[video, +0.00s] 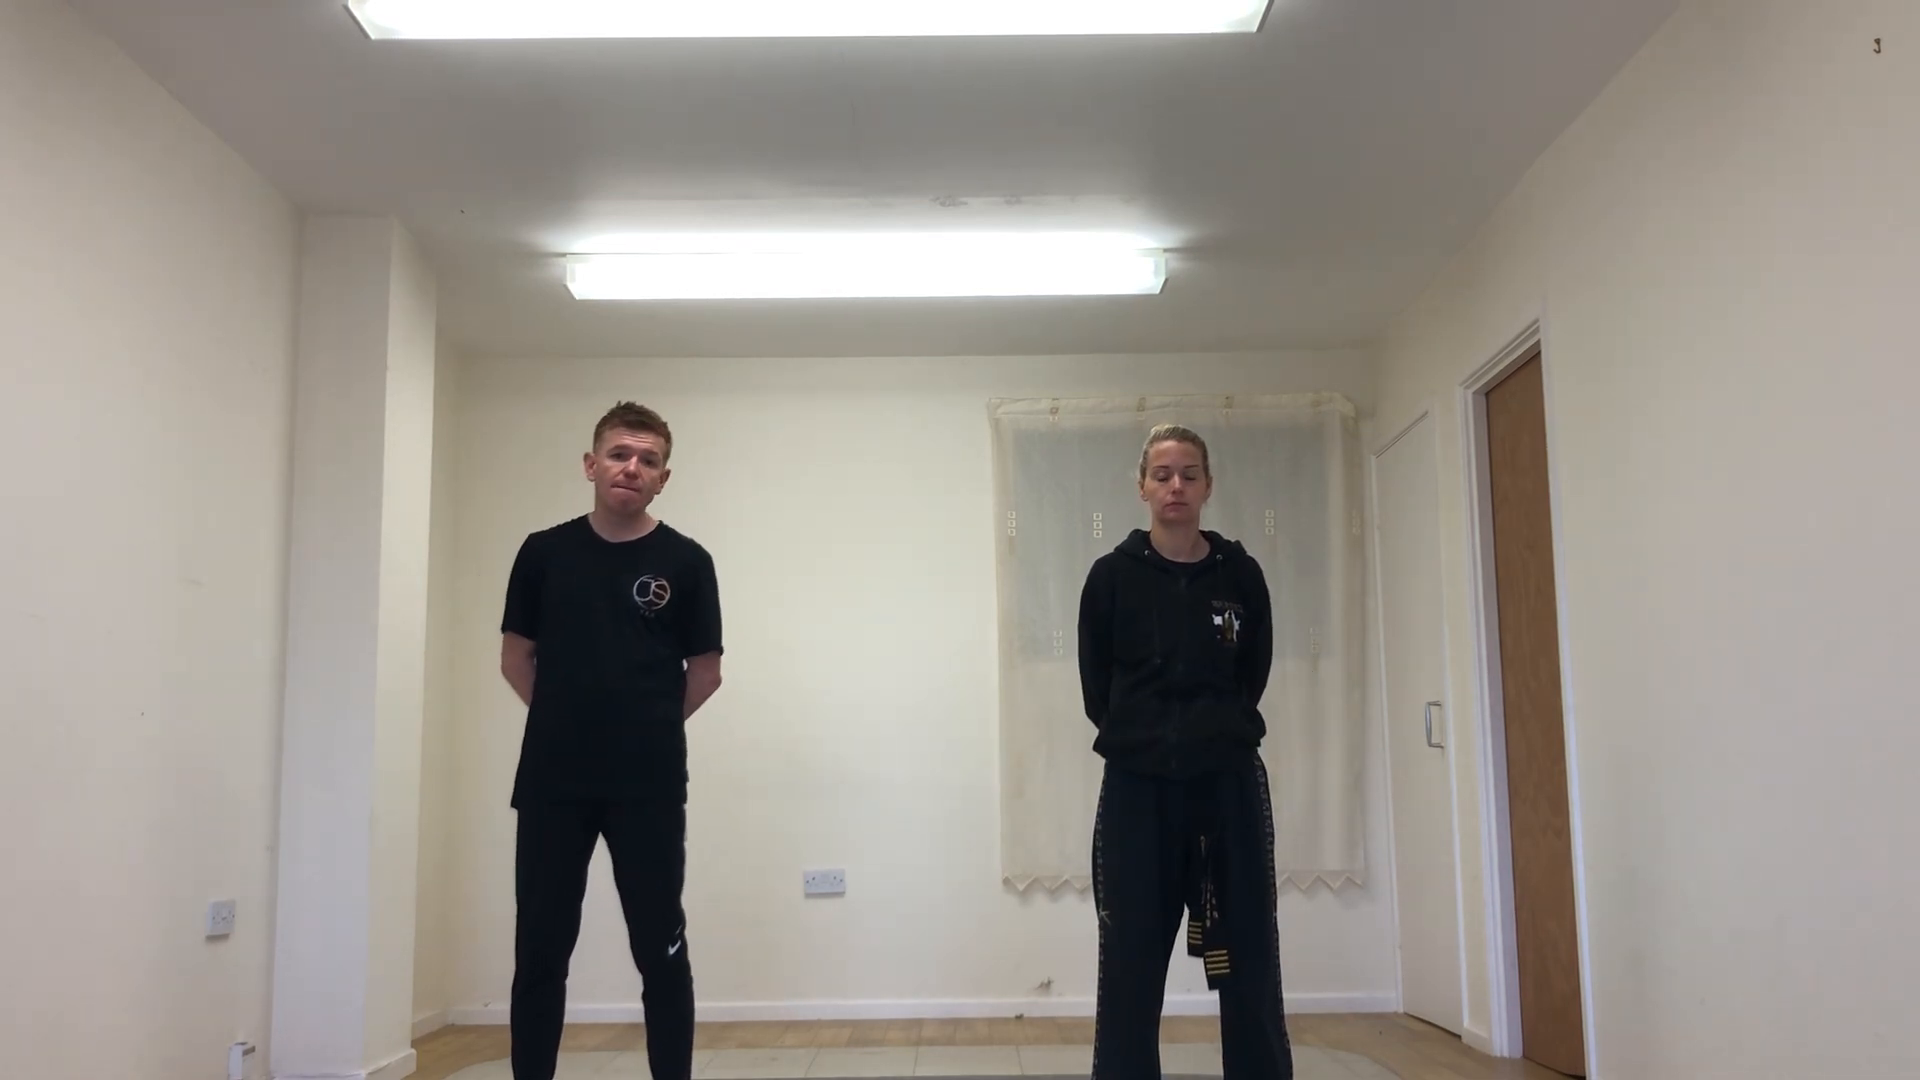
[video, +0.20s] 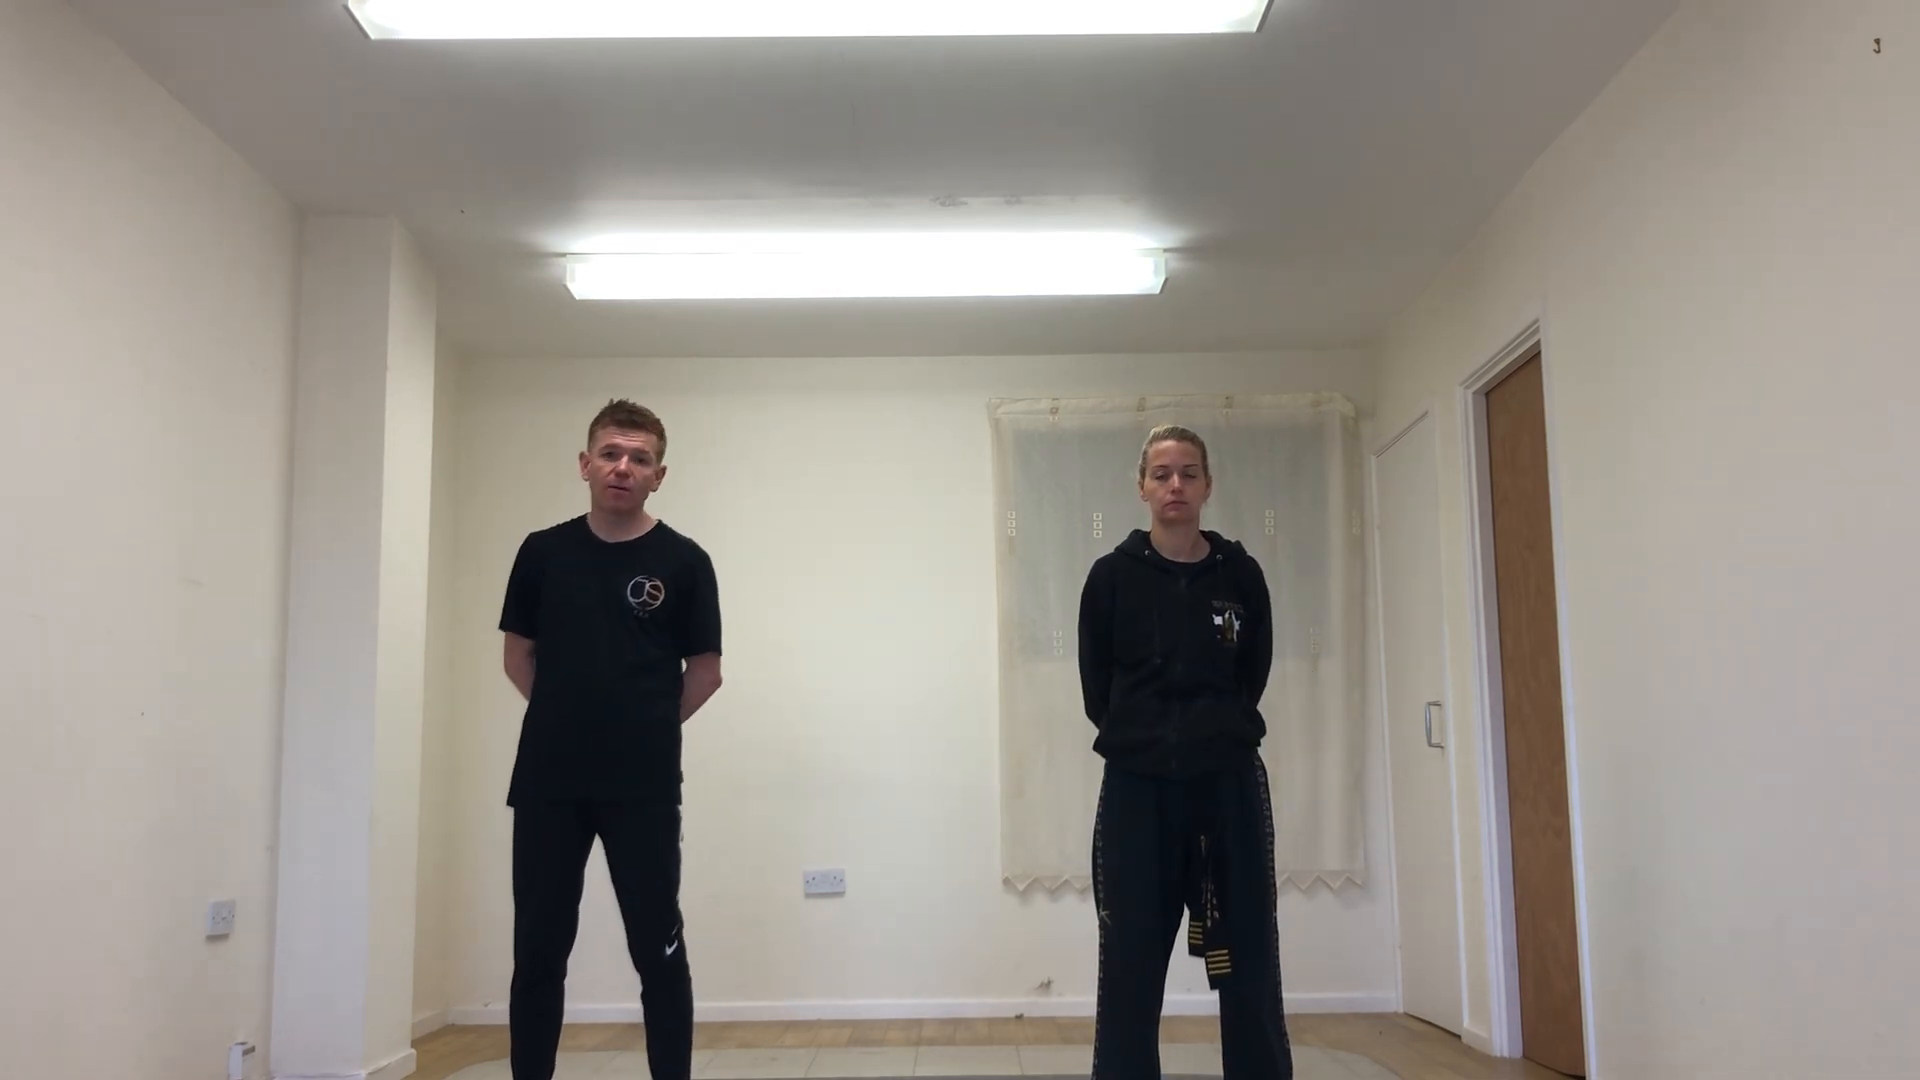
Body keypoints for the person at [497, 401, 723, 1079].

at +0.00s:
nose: (631, 467)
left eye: (647, 459)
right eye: (619, 453)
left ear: (662, 477)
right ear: (590, 465)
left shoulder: (687, 561)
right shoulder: (541, 552)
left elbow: (705, 673)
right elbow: (515, 660)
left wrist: (646, 719)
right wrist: (569, 713)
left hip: (646, 776)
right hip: (555, 774)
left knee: (661, 951)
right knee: (540, 952)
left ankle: (673, 1077)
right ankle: (531, 1076)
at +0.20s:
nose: (622, 467)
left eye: (639, 458)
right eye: (610, 454)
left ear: (657, 475)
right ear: (585, 465)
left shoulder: (684, 561)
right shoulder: (541, 550)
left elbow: (705, 672)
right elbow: (517, 659)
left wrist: (645, 720)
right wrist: (571, 711)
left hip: (641, 778)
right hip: (550, 774)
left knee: (659, 951)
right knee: (538, 952)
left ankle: (672, 1076)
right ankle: (530, 1076)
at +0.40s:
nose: (614, 469)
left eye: (631, 459)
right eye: (602, 455)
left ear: (652, 475)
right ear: (580, 465)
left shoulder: (680, 561)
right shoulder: (539, 551)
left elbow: (701, 674)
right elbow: (521, 659)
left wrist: (643, 726)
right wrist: (572, 714)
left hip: (634, 780)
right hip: (545, 777)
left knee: (654, 951)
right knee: (535, 953)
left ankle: (671, 1076)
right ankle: (529, 1076)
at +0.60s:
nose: (605, 468)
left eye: (623, 459)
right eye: (594, 454)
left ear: (644, 477)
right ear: (572, 464)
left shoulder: (668, 562)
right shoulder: (531, 549)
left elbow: (688, 676)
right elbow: (514, 655)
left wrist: (631, 729)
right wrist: (561, 715)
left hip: (618, 782)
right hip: (531, 778)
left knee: (643, 952)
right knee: (526, 955)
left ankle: (666, 1076)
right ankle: (527, 1076)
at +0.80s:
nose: (594, 472)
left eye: (612, 465)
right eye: (585, 457)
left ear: (632, 485)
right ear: (562, 464)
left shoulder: (650, 570)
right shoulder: (513, 546)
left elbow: (664, 686)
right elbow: (491, 651)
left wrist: (603, 732)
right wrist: (538, 712)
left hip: (592, 782)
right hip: (506, 775)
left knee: (622, 949)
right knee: (512, 953)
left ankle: (662, 1075)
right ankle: (521, 1076)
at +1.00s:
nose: (580, 478)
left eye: (597, 470)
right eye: (570, 462)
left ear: (616, 490)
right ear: (544, 469)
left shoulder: (633, 575)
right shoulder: (493, 550)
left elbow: (647, 689)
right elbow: (465, 654)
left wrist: (583, 730)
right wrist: (515, 714)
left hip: (574, 778)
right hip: (489, 772)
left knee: (580, 939)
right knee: (501, 951)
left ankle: (649, 1074)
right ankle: (516, 1076)